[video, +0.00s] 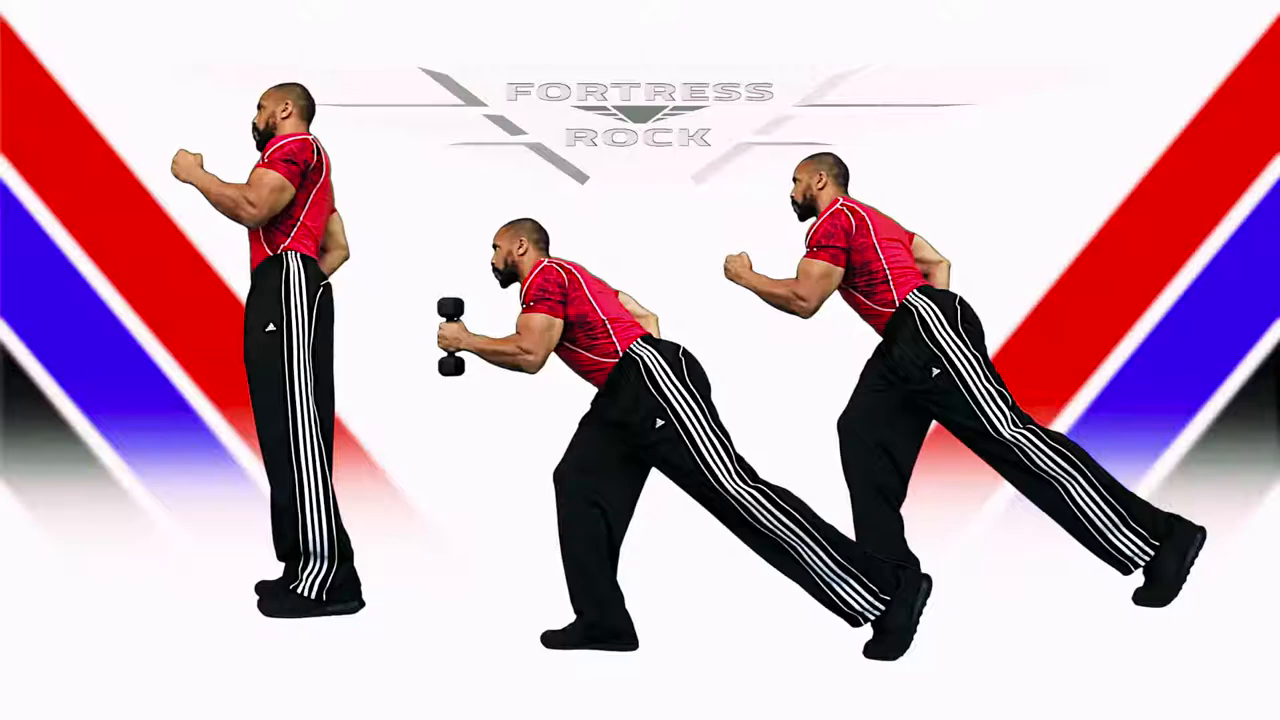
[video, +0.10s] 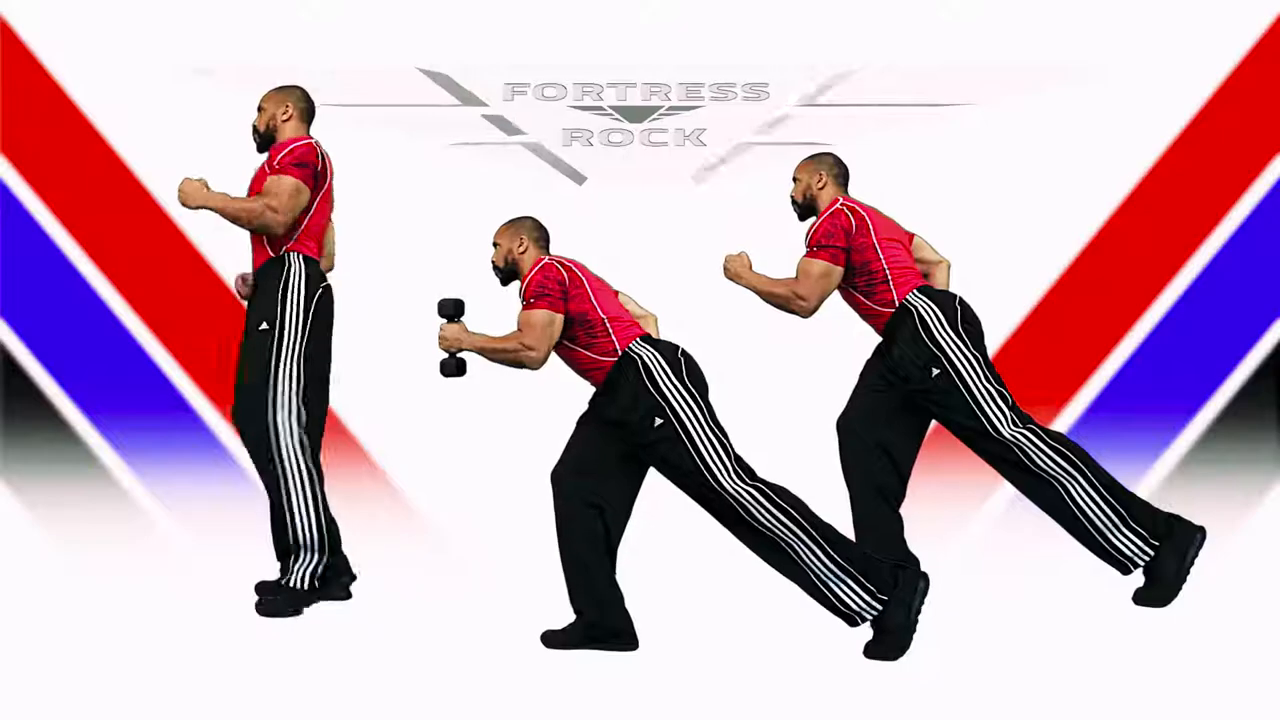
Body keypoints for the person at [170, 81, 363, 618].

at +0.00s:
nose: (254, 119)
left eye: (259, 109)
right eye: (255, 111)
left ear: (284, 109)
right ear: (294, 113)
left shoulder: (296, 146)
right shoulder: (306, 159)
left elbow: (255, 205)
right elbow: (334, 249)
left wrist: (196, 175)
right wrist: (283, 288)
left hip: (287, 291)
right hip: (290, 293)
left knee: (296, 435)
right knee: (290, 435)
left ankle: (322, 580)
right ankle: (309, 572)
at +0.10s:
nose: (254, 119)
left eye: (259, 110)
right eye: (256, 112)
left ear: (284, 112)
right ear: (291, 115)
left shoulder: (299, 150)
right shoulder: (294, 162)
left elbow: (275, 213)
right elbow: (321, 257)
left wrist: (209, 198)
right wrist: (262, 281)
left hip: (291, 287)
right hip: (282, 290)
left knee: (282, 420)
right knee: (254, 419)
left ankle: (307, 570)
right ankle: (319, 562)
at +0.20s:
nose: (254, 124)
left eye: (259, 115)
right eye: (255, 116)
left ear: (284, 115)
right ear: (288, 118)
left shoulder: (302, 152)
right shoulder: (273, 178)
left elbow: (316, 215)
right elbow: (270, 264)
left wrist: (243, 227)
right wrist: (223, 248)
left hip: (296, 286)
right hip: (290, 292)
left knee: (214, 378)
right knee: (289, 435)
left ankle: (257, 526)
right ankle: (316, 569)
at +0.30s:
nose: (254, 121)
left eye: (260, 112)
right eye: (255, 115)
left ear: (284, 114)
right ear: (284, 118)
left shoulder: (303, 148)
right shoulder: (277, 177)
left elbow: (350, 201)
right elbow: (246, 250)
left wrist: (286, 239)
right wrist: (205, 211)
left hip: (297, 280)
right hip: (299, 298)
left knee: (184, 325)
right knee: (289, 438)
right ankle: (315, 570)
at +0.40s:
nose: (252, 124)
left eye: (258, 114)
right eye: (254, 117)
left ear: (283, 115)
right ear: (285, 119)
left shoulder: (309, 149)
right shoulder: (277, 180)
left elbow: (358, 202)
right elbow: (233, 240)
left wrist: (301, 240)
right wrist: (201, 192)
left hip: (297, 274)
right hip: (293, 296)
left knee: (180, 286)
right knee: (292, 440)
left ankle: (185, 420)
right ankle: (315, 569)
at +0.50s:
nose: (254, 128)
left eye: (260, 118)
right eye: (255, 121)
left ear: (285, 118)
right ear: (286, 122)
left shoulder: (310, 155)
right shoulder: (277, 183)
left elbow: (356, 209)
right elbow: (234, 241)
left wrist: (299, 245)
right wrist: (201, 194)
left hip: (298, 279)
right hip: (289, 301)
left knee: (184, 276)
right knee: (289, 439)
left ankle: (185, 409)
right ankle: (317, 570)